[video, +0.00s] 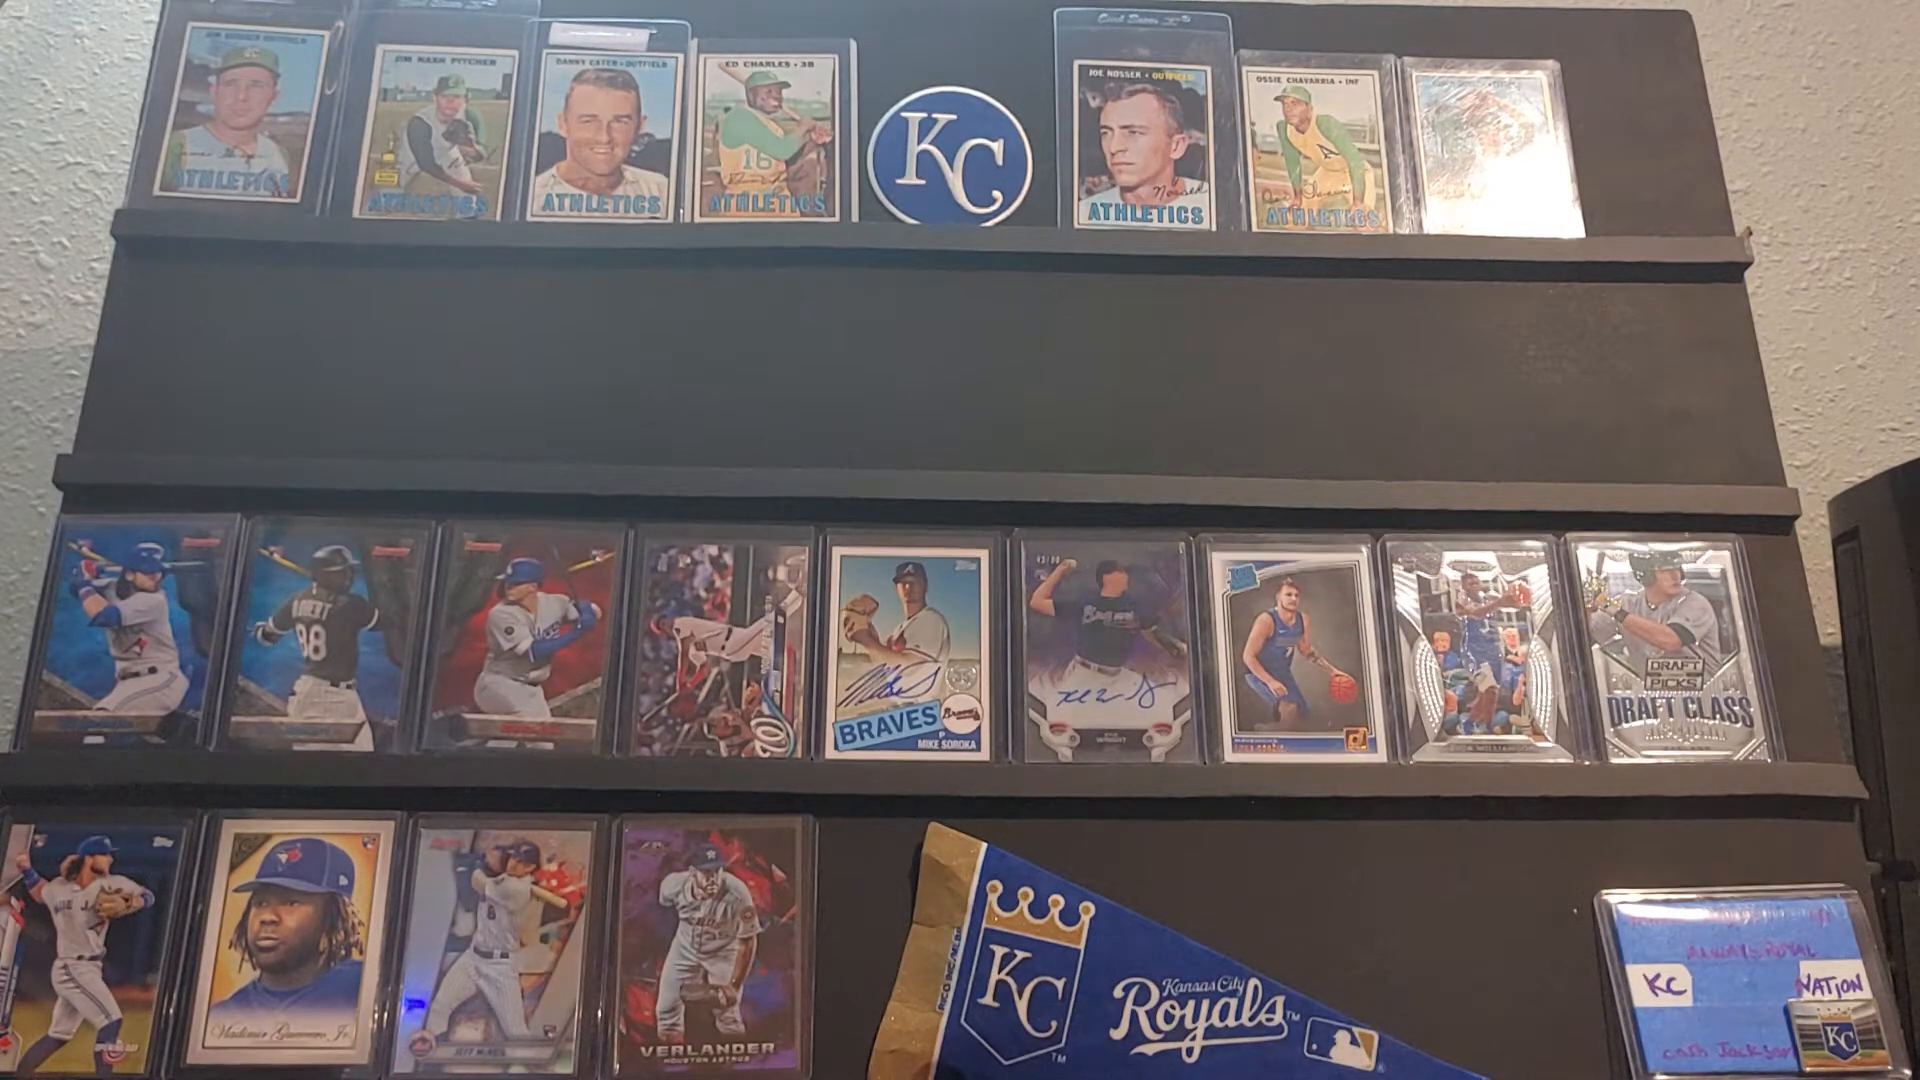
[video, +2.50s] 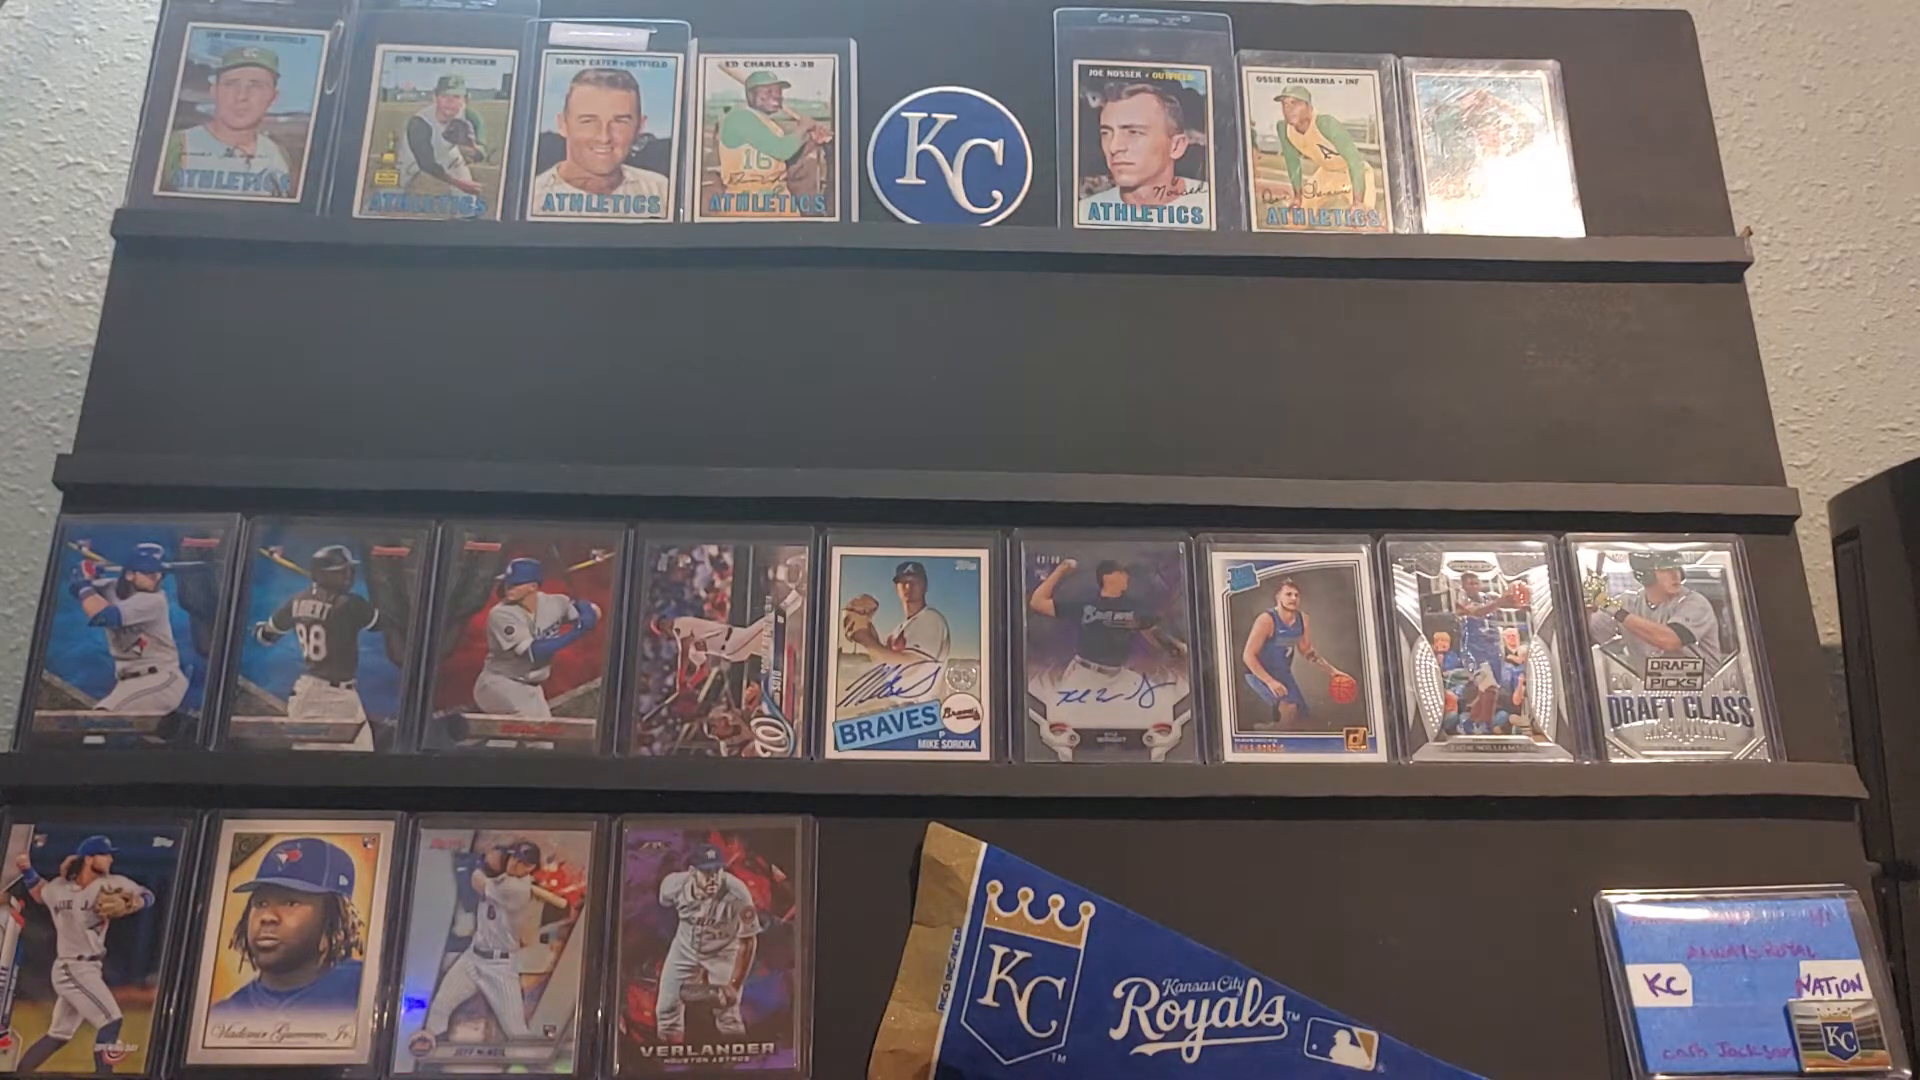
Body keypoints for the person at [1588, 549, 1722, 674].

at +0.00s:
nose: (1676, 576)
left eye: (1677, 568)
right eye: (1666, 570)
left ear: (1682, 571)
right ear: (1644, 575)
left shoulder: (1696, 604)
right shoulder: (1628, 604)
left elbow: (1672, 641)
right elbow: (1585, 637)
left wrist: (1620, 614)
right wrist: (1584, 610)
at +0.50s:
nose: (1677, 576)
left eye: (1677, 568)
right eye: (1667, 570)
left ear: (1682, 570)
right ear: (1645, 574)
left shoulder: (1696, 604)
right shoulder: (1627, 604)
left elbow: (1671, 641)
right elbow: (1585, 638)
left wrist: (1620, 614)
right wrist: (1584, 609)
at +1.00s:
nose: (1676, 575)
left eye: (1677, 568)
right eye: (1667, 569)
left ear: (1682, 570)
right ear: (1645, 574)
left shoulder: (1696, 604)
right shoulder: (1627, 604)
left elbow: (1670, 641)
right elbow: (1584, 638)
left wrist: (1621, 614)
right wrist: (1585, 609)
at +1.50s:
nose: (1676, 575)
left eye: (1677, 568)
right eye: (1667, 569)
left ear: (1682, 571)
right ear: (1645, 574)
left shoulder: (1696, 604)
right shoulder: (1628, 603)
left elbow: (1671, 641)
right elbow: (1585, 636)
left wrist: (1620, 614)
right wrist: (1584, 609)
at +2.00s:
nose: (1677, 575)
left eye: (1678, 568)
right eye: (1667, 569)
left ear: (1682, 571)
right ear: (1645, 574)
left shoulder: (1696, 604)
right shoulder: (1628, 603)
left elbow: (1671, 641)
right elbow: (1585, 636)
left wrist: (1620, 614)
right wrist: (1584, 610)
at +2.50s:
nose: (1677, 576)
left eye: (1678, 569)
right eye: (1667, 569)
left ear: (1682, 571)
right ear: (1645, 573)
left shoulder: (1696, 604)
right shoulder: (1628, 603)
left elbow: (1671, 641)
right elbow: (1587, 636)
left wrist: (1620, 614)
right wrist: (1585, 610)